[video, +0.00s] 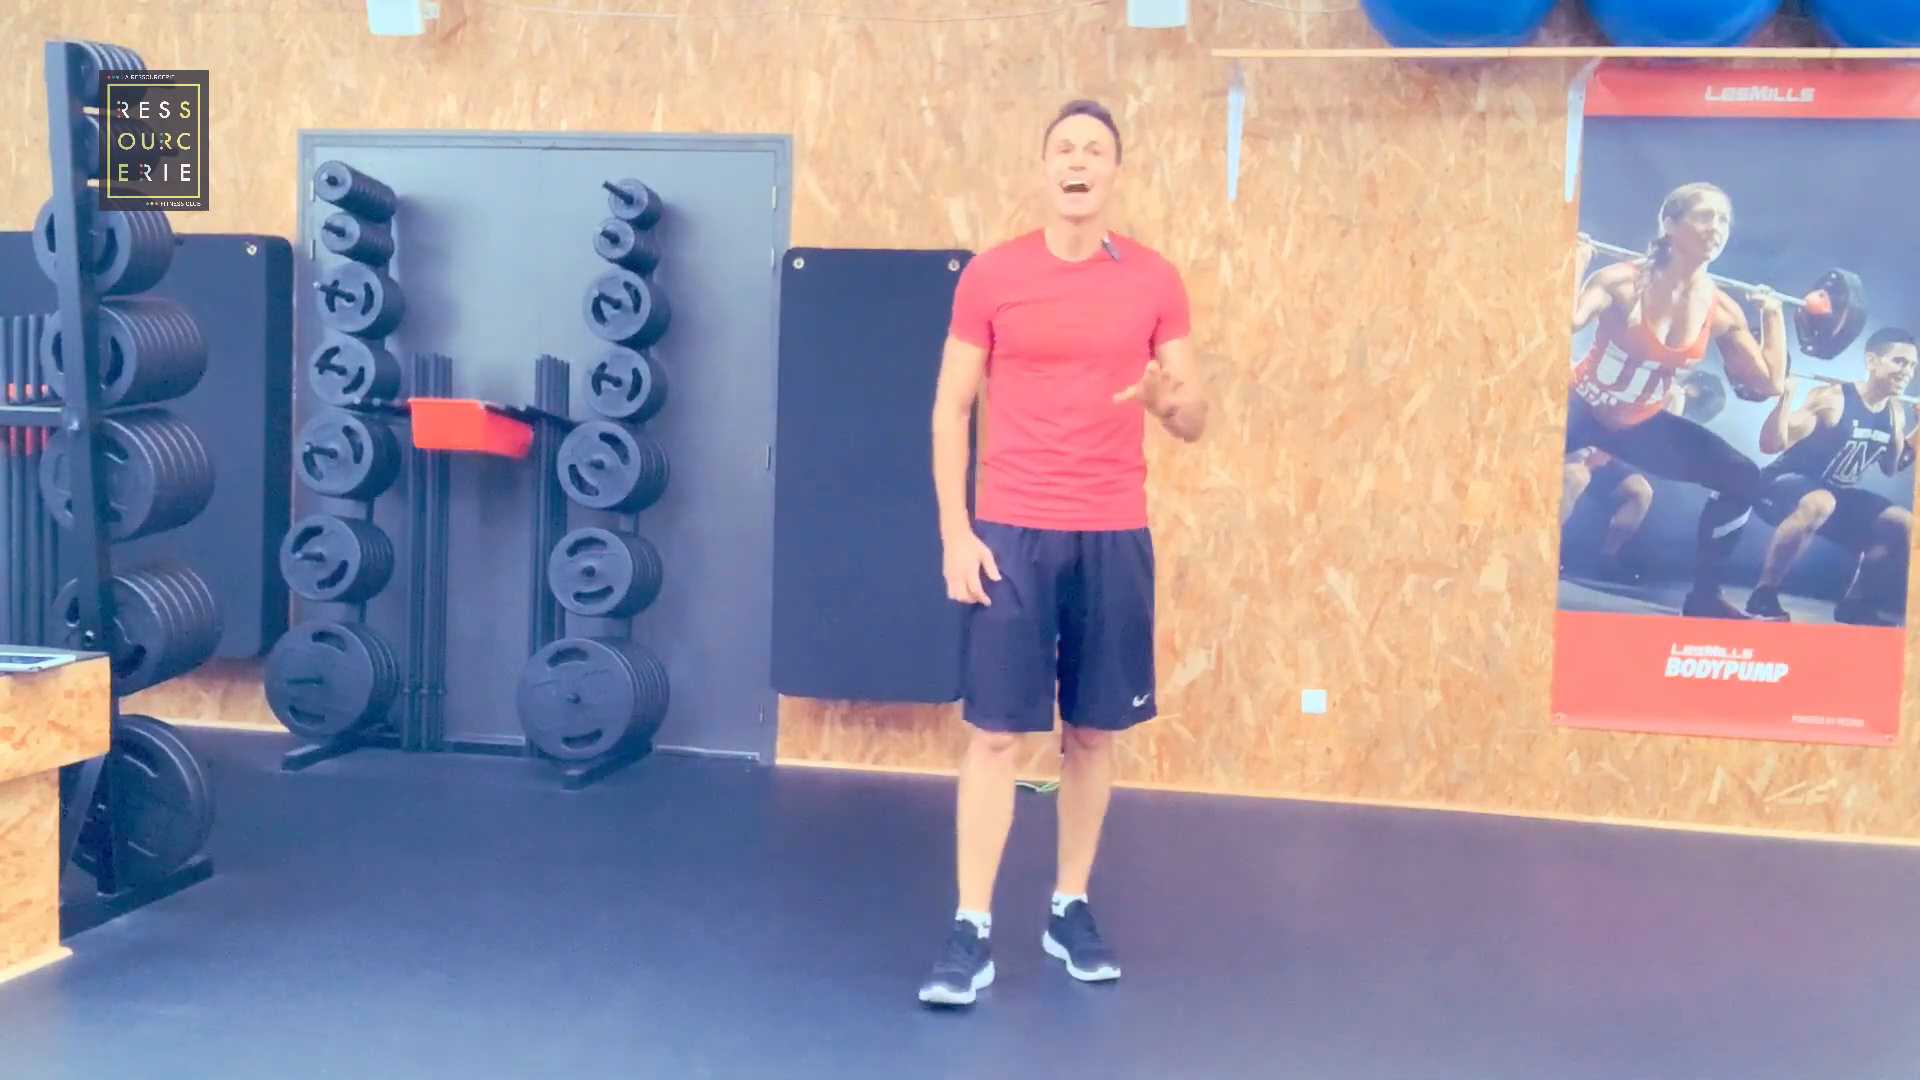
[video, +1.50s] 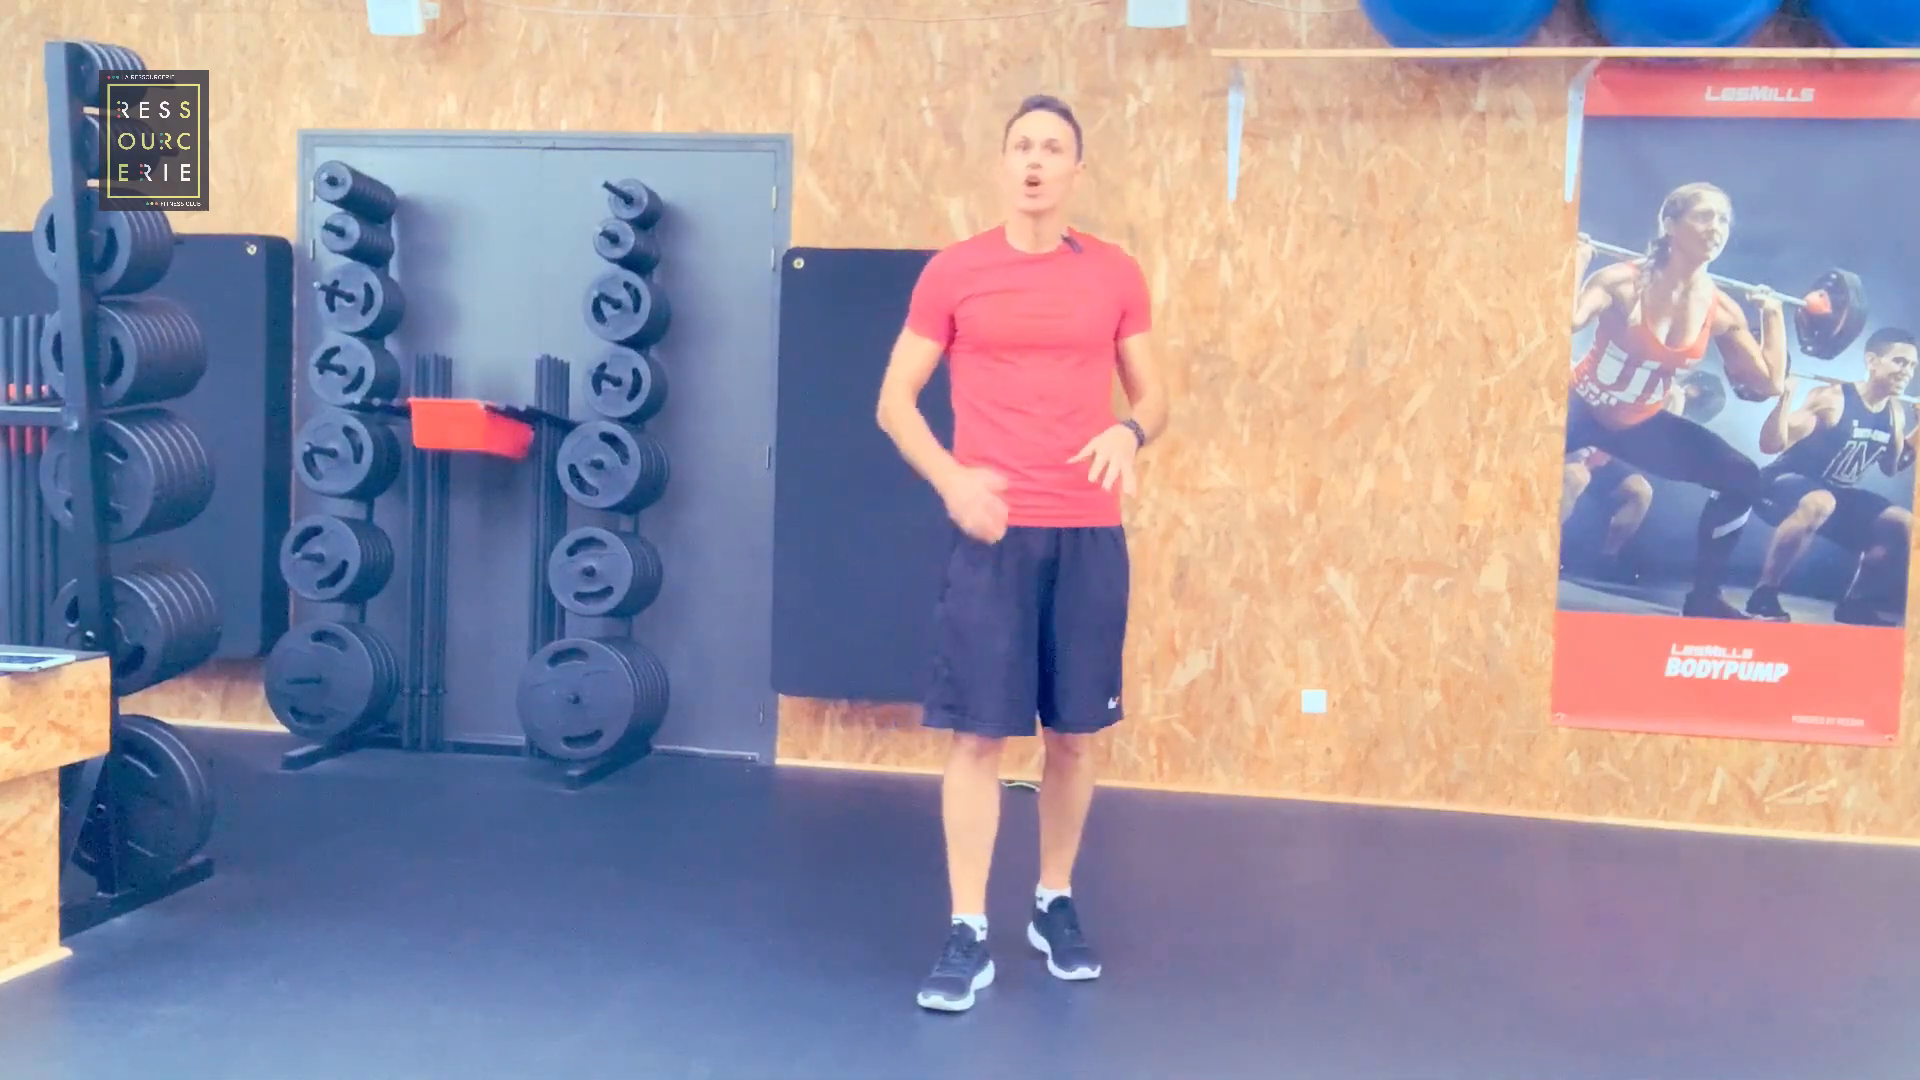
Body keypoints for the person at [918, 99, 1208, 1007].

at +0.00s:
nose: (1076, 165)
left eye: (1094, 152)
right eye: (1063, 151)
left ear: (1120, 174)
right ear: (1039, 170)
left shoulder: (1154, 279)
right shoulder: (991, 273)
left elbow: (1188, 423)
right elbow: (951, 406)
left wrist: (1172, 396)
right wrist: (955, 529)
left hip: (1112, 536)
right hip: (1010, 531)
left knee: (1092, 734)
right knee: (995, 732)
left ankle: (1071, 911)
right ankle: (970, 932)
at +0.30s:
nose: (1044, 159)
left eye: (1060, 146)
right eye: (1030, 146)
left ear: (1086, 164)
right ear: (1006, 164)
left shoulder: (1122, 273)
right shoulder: (961, 268)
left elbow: (1158, 408)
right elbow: (918, 406)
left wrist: (1142, 423)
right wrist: (924, 528)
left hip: (1087, 536)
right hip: (985, 533)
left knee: (1079, 737)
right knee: (973, 737)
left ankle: (1070, 908)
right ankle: (968, 934)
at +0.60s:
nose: (1015, 165)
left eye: (1031, 150)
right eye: (999, 150)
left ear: (1059, 165)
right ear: (977, 165)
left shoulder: (1093, 273)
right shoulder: (930, 269)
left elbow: (1124, 403)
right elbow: (886, 408)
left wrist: (1120, 428)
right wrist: (898, 531)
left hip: (1065, 536)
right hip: (961, 535)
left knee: (1085, 740)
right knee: (959, 739)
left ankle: (1076, 892)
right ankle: (965, 930)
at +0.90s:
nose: (997, 165)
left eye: (1014, 151)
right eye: (983, 149)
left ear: (1042, 167)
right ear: (962, 161)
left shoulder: (1080, 268)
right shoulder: (916, 271)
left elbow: (1123, 412)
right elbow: (875, 413)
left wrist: (1097, 395)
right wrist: (880, 537)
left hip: (1056, 533)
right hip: (950, 534)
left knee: (1076, 741)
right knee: (956, 741)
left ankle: (1072, 873)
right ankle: (965, 930)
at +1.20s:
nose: (1012, 170)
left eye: (1029, 156)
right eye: (998, 153)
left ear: (1056, 171)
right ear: (975, 163)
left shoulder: (1094, 269)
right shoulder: (929, 271)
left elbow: (1133, 401)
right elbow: (891, 410)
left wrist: (1103, 431)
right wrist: (899, 531)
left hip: (1066, 533)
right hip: (961, 531)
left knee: (1068, 736)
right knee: (962, 738)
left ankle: (1061, 899)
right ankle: (965, 933)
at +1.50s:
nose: (1035, 162)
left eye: (1053, 150)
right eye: (1023, 147)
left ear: (1079, 170)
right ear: (1000, 164)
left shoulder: (1113, 271)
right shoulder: (954, 270)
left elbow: (1151, 405)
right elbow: (893, 401)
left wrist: (1131, 431)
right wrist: (949, 479)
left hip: (1089, 532)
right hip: (990, 531)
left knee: (1071, 736)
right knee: (979, 735)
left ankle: (1056, 904)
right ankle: (968, 933)